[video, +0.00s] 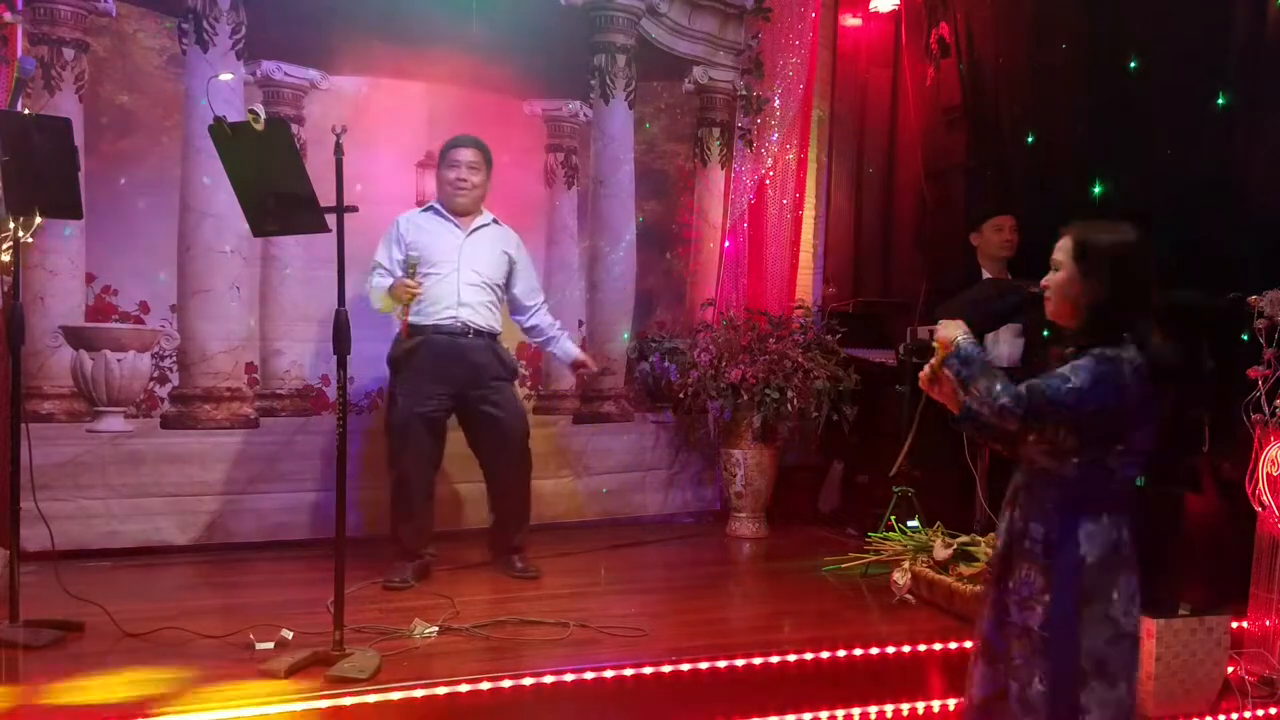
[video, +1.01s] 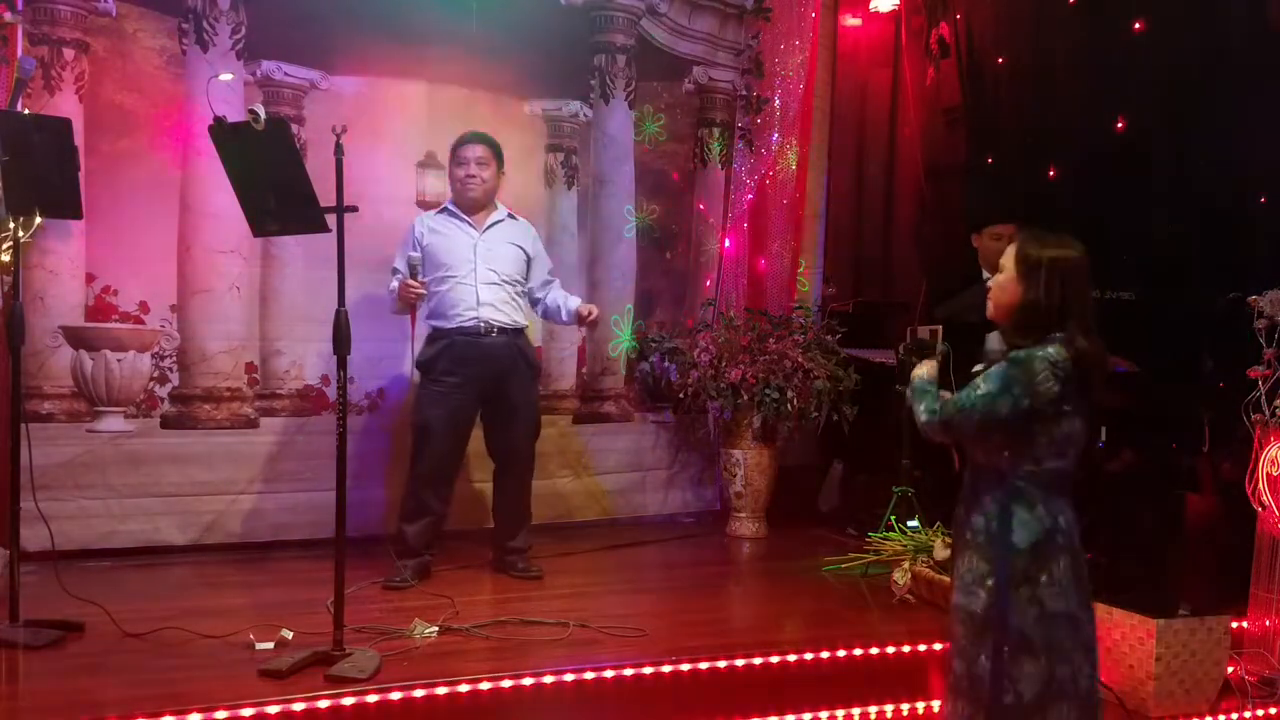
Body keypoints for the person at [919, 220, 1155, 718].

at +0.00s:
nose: (1045, 281)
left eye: (1058, 269)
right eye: (1050, 268)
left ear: (1099, 285)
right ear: (1089, 286)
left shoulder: (1113, 367)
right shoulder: (1089, 361)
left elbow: (1016, 408)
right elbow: (1030, 431)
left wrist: (962, 346)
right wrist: (962, 405)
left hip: (1078, 541)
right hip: (1047, 534)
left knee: (1061, 677)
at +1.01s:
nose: (990, 282)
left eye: (1003, 275)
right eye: (996, 273)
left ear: (1037, 291)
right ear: (1043, 294)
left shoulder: (1030, 369)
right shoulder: (1064, 362)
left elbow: (938, 418)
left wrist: (921, 381)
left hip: (1010, 529)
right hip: (1046, 522)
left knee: (1004, 655)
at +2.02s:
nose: (821, 302)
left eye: (829, 291)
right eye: (825, 290)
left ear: (853, 303)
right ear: (888, 302)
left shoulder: (855, 386)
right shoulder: (918, 374)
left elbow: (784, 447)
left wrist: (744, 423)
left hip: (860, 555)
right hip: (912, 545)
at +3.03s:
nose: (628, 303)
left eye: (631, 291)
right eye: (630, 291)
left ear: (646, 299)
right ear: (697, 296)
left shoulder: (656, 365)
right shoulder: (713, 359)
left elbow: (641, 468)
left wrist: (635, 512)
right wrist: (621, 384)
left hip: (693, 523)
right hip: (746, 518)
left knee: (670, 656)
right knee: (723, 654)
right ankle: (719, 717)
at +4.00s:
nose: (596, 294)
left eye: (605, 282)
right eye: (594, 283)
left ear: (640, 286)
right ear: (648, 288)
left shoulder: (640, 343)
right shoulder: (678, 334)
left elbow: (636, 429)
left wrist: (617, 485)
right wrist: (603, 382)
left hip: (670, 492)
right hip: (708, 482)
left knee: (674, 618)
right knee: (707, 613)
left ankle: (687, 710)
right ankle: (724, 707)